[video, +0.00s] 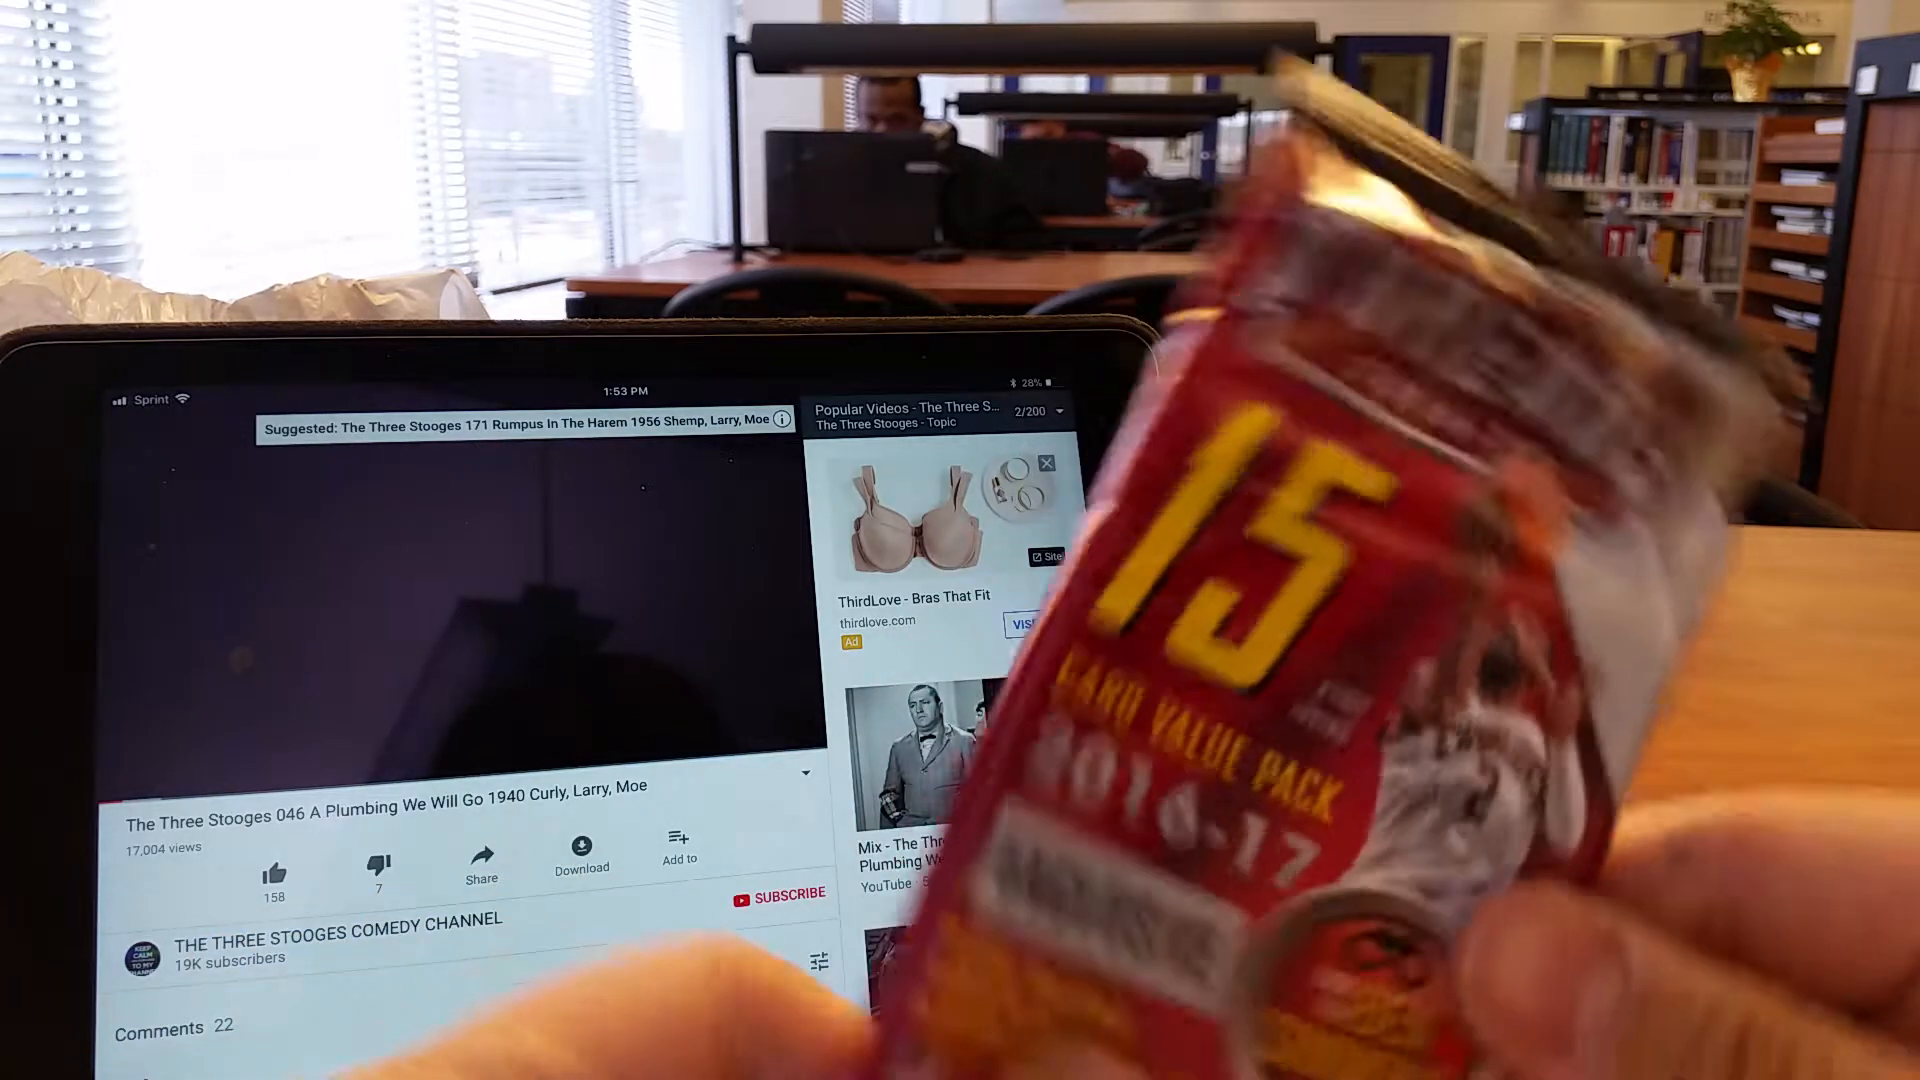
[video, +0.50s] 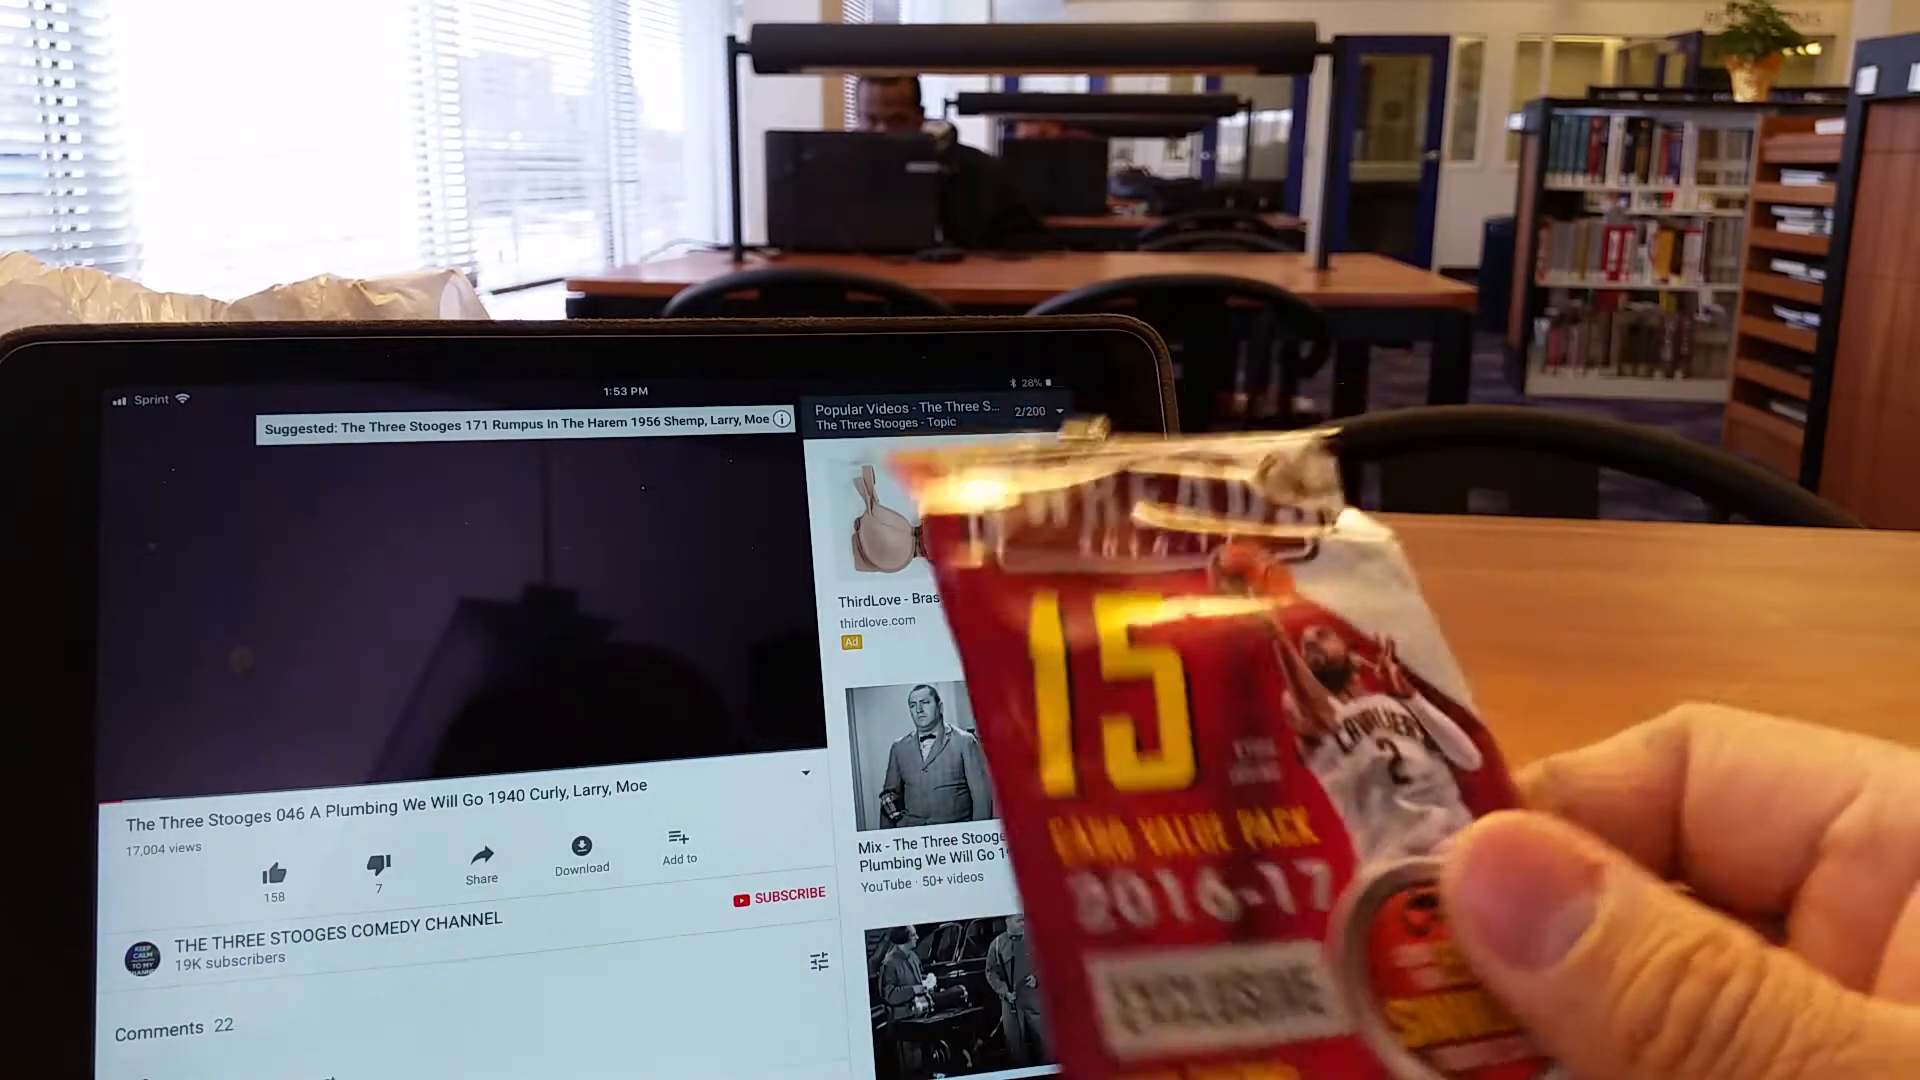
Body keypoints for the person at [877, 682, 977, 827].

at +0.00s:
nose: (919, 710)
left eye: (925, 703)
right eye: (913, 705)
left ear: (940, 707)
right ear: (910, 712)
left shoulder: (964, 742)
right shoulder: (899, 748)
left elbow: (974, 787)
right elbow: (890, 793)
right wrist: (901, 821)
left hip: (953, 826)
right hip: (911, 830)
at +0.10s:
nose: (919, 709)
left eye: (925, 703)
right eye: (913, 705)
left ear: (940, 707)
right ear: (909, 711)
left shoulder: (964, 742)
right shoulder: (899, 748)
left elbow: (981, 796)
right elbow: (890, 796)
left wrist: (978, 836)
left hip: (955, 832)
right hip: (911, 835)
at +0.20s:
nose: (919, 709)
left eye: (925, 703)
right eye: (913, 705)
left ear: (940, 707)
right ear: (909, 711)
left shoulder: (964, 742)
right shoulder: (899, 749)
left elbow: (981, 796)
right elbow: (890, 796)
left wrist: (978, 835)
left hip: (956, 833)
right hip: (911, 836)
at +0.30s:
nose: (919, 709)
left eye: (925, 703)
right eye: (913, 705)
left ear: (940, 707)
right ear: (909, 711)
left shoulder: (964, 742)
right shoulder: (899, 748)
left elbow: (981, 795)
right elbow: (890, 796)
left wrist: (978, 834)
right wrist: (886, 839)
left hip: (956, 833)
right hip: (911, 836)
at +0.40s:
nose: (919, 709)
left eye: (925, 703)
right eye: (913, 705)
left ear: (940, 707)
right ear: (909, 711)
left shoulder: (964, 742)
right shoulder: (899, 748)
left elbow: (981, 795)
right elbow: (890, 795)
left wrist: (978, 835)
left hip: (956, 833)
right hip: (911, 836)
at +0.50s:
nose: (919, 710)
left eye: (925, 703)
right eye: (913, 705)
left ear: (940, 707)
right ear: (909, 711)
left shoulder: (964, 742)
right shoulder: (899, 748)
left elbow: (980, 793)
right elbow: (890, 795)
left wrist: (979, 833)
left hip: (956, 832)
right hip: (912, 836)